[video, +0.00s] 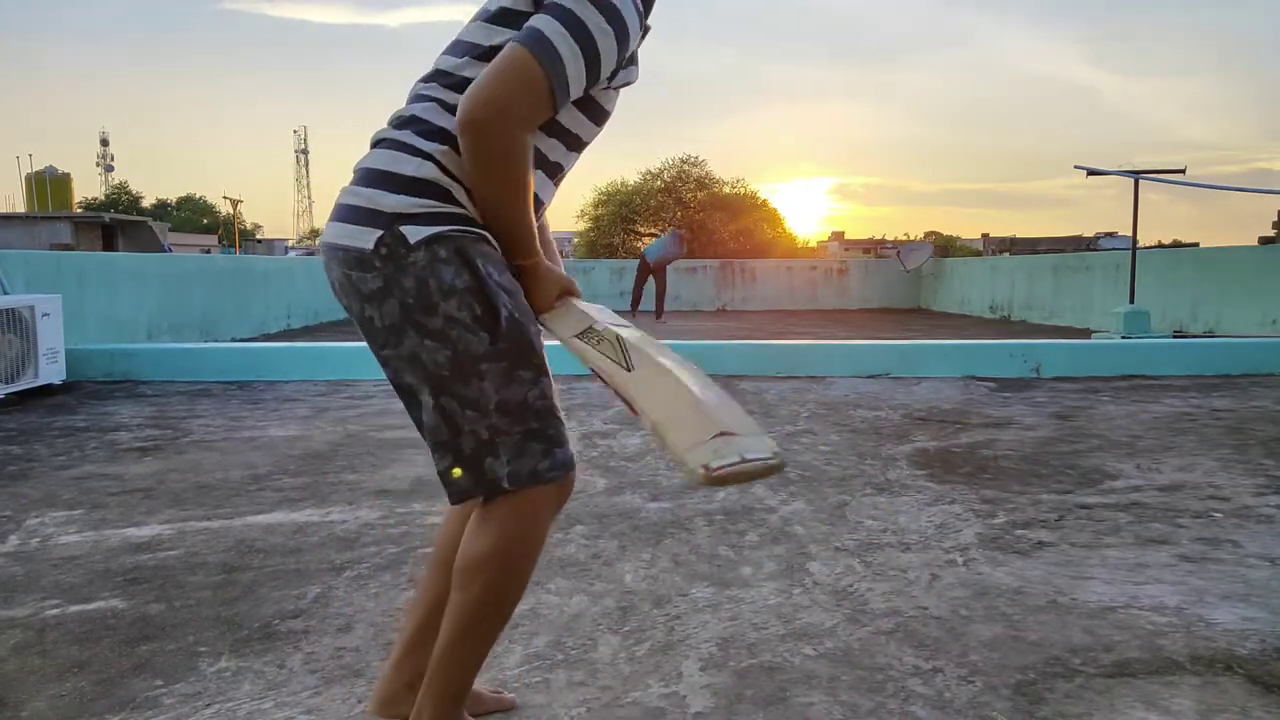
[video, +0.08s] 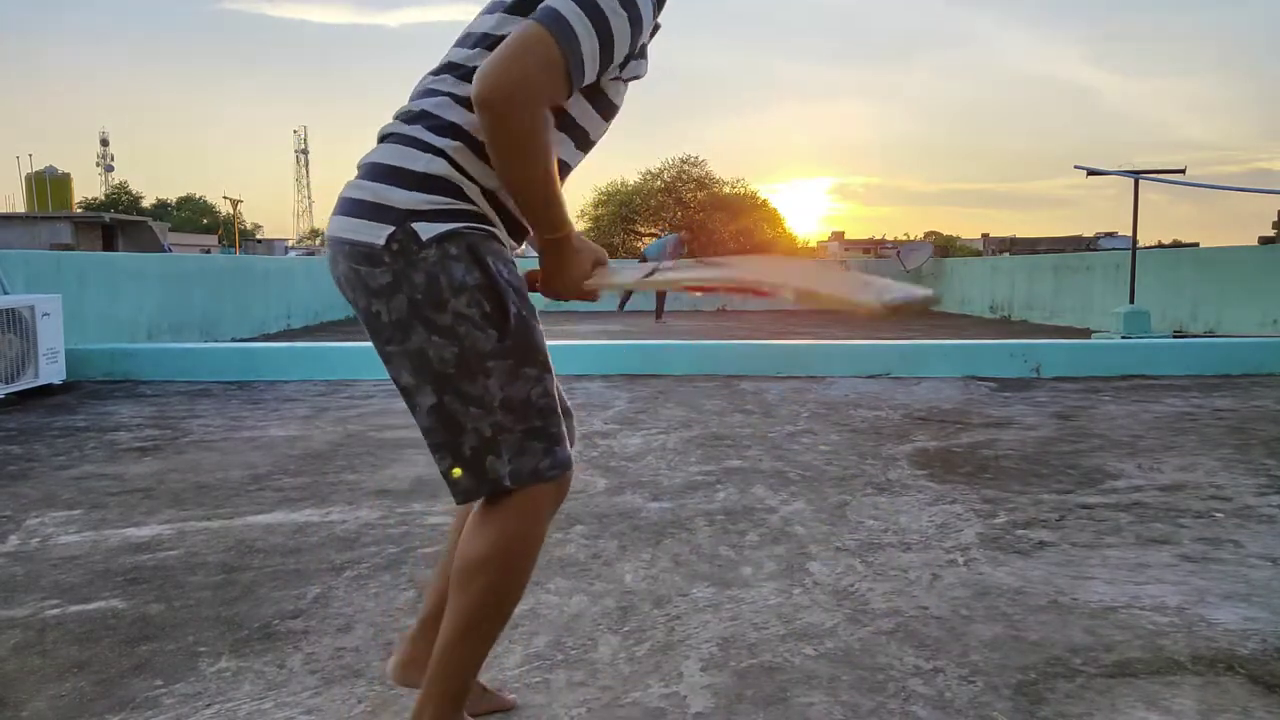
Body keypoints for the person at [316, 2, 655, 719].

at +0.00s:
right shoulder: (611, 8)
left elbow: (504, 147)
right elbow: (491, 117)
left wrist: (540, 262)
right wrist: (529, 263)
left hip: (380, 232)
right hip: (422, 234)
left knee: (486, 484)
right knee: (536, 475)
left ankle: (400, 693)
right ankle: (438, 702)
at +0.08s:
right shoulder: (620, 3)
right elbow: (508, 89)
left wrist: (551, 245)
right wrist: (558, 239)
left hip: (392, 225)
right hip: (428, 228)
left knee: (516, 455)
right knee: (536, 472)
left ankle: (427, 649)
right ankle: (440, 704)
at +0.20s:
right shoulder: (632, 2)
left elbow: (512, 136)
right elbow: (536, 9)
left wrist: (589, 231)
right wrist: (621, 169)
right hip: (438, 219)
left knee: (553, 405)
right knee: (529, 474)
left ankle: (518, 643)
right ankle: (437, 706)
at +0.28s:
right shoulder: (641, 5)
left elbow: (584, 187)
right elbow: (561, 1)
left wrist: (657, 225)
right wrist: (656, 131)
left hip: (389, 225)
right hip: (461, 227)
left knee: (535, 444)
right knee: (531, 480)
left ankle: (596, 619)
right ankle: (436, 706)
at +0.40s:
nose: (699, 10)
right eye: (692, 12)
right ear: (678, 0)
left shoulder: (575, 21)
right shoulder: (656, 2)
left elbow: (634, 127)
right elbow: (587, 104)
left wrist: (711, 220)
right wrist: (706, 228)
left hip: (412, 247)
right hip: (497, 250)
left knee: (545, 456)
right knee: (560, 494)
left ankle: (622, 612)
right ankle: (434, 708)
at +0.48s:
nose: (718, 15)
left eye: (721, 8)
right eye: (723, 6)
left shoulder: (573, 8)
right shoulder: (670, 40)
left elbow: (681, 149)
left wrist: (746, 250)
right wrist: (719, 293)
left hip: (433, 254)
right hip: (522, 262)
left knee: (554, 454)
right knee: (568, 485)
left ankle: (624, 612)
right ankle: (435, 705)